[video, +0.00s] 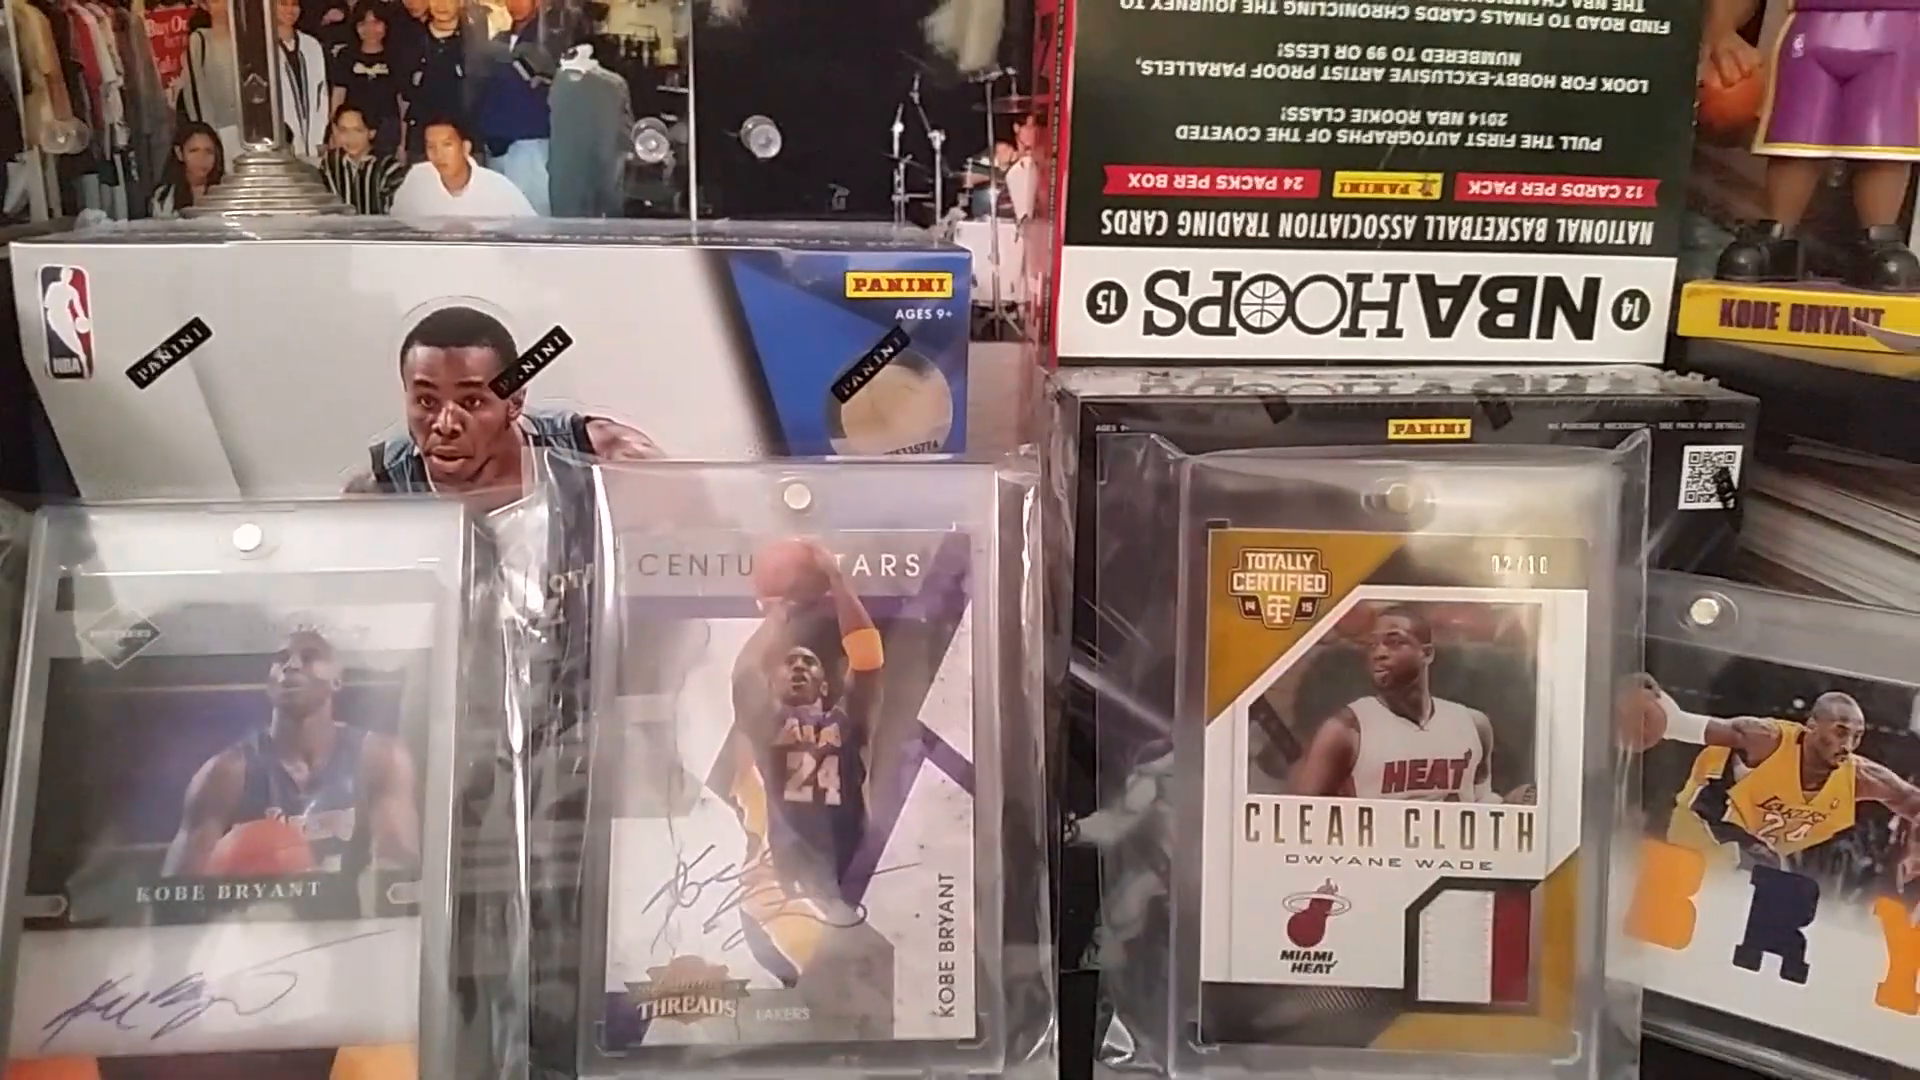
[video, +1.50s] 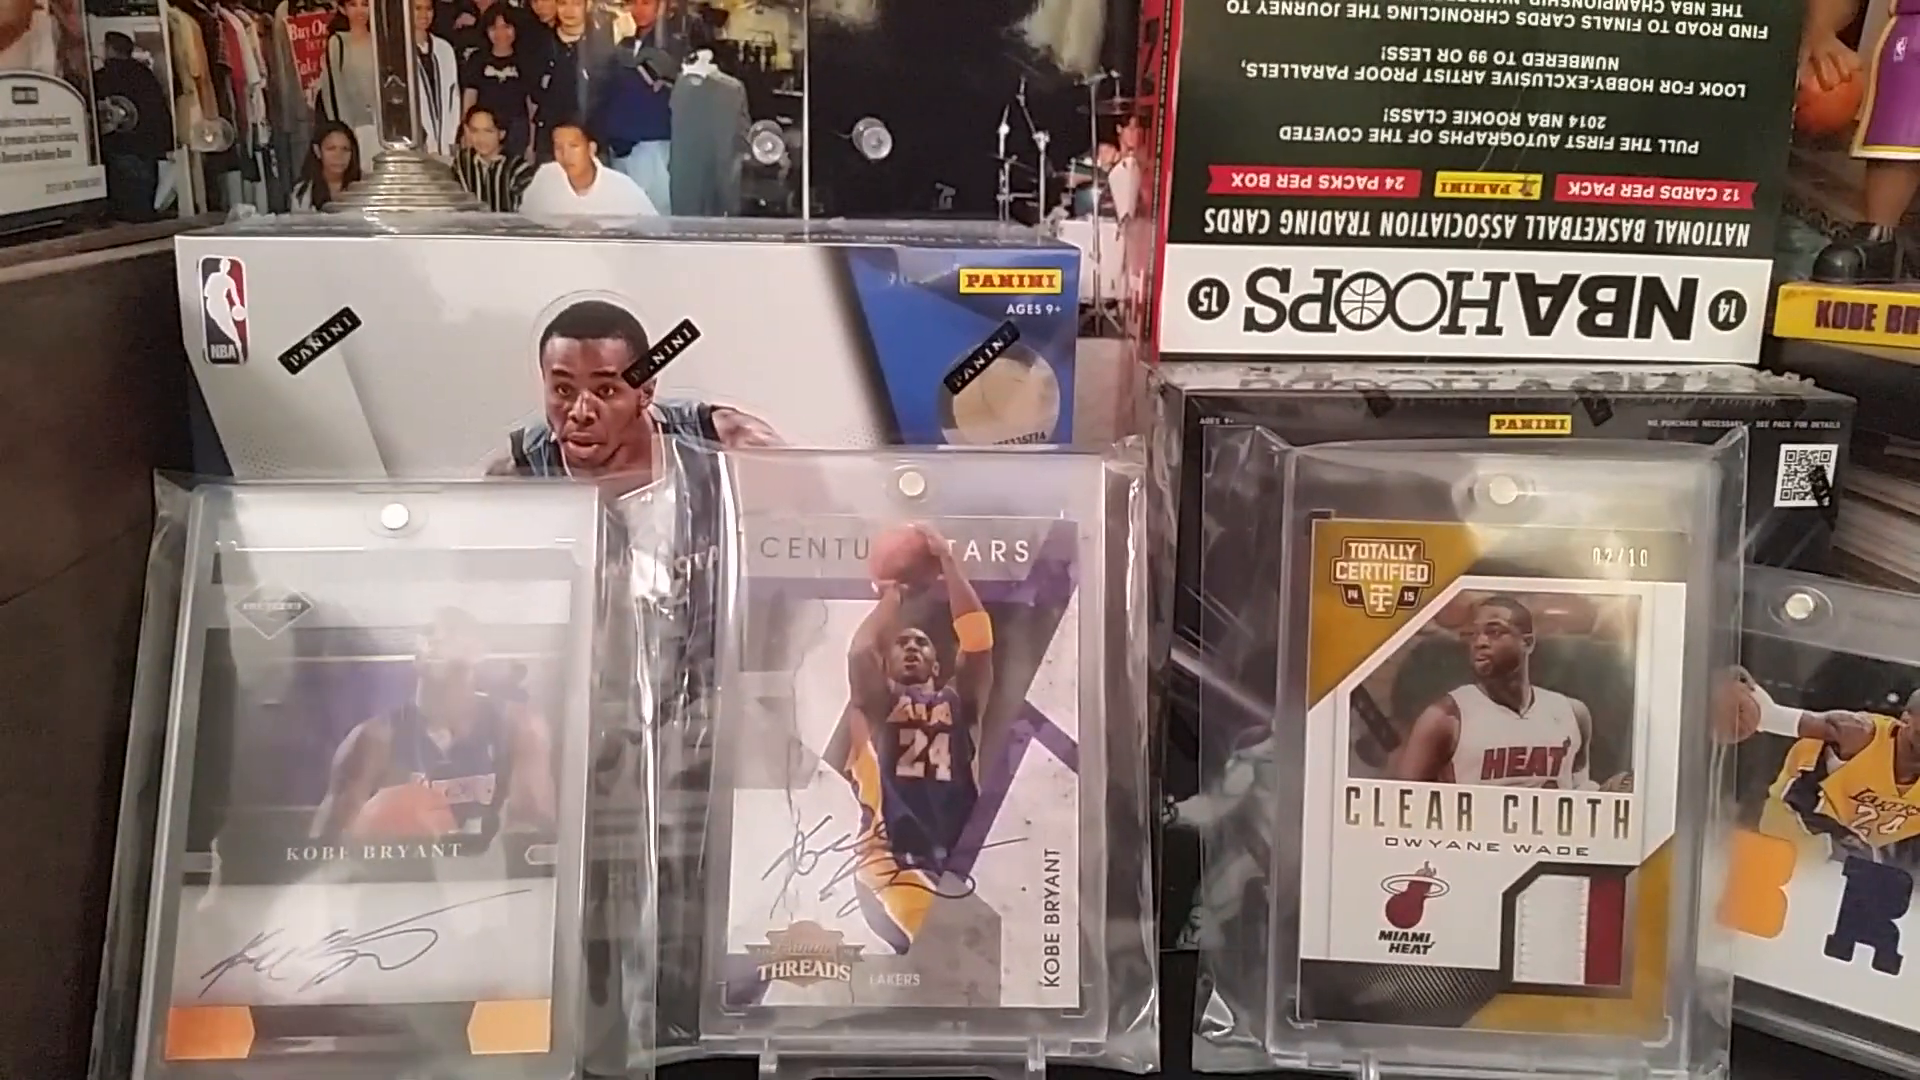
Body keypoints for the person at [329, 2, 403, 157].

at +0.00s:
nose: (371, 28)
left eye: (376, 22)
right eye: (366, 23)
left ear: (385, 28)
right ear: (359, 28)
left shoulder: (394, 57)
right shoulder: (346, 57)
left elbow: (402, 101)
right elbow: (338, 96)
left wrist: (402, 143)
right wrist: (335, 134)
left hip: (387, 131)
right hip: (354, 132)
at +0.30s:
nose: (393, 27)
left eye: (397, 21)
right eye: (386, 23)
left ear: (404, 26)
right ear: (379, 28)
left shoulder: (414, 57)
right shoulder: (367, 57)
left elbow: (422, 98)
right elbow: (359, 95)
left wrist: (422, 141)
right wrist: (355, 132)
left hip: (407, 128)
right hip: (375, 130)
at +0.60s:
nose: (411, 28)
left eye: (417, 22)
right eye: (405, 23)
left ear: (427, 27)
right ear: (399, 28)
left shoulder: (436, 58)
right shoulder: (388, 56)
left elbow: (444, 101)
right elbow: (380, 95)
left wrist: (443, 142)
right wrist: (377, 132)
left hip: (428, 127)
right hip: (395, 128)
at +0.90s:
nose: (427, 29)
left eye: (432, 23)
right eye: (420, 24)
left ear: (441, 28)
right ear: (414, 29)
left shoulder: (451, 59)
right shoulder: (403, 57)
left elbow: (459, 101)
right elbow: (395, 95)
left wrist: (458, 142)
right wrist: (392, 132)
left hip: (442, 128)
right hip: (410, 129)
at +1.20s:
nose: (484, 29)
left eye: (486, 23)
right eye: (479, 24)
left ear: (494, 28)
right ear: (469, 29)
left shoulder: (504, 57)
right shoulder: (456, 57)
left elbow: (512, 101)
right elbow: (449, 93)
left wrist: (511, 141)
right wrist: (446, 129)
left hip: (495, 125)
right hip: (464, 125)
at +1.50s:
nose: (500, 33)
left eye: (506, 27)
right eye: (494, 28)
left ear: (514, 31)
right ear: (488, 33)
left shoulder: (525, 62)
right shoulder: (477, 60)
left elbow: (532, 103)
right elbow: (470, 98)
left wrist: (531, 144)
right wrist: (467, 133)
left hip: (516, 129)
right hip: (484, 130)